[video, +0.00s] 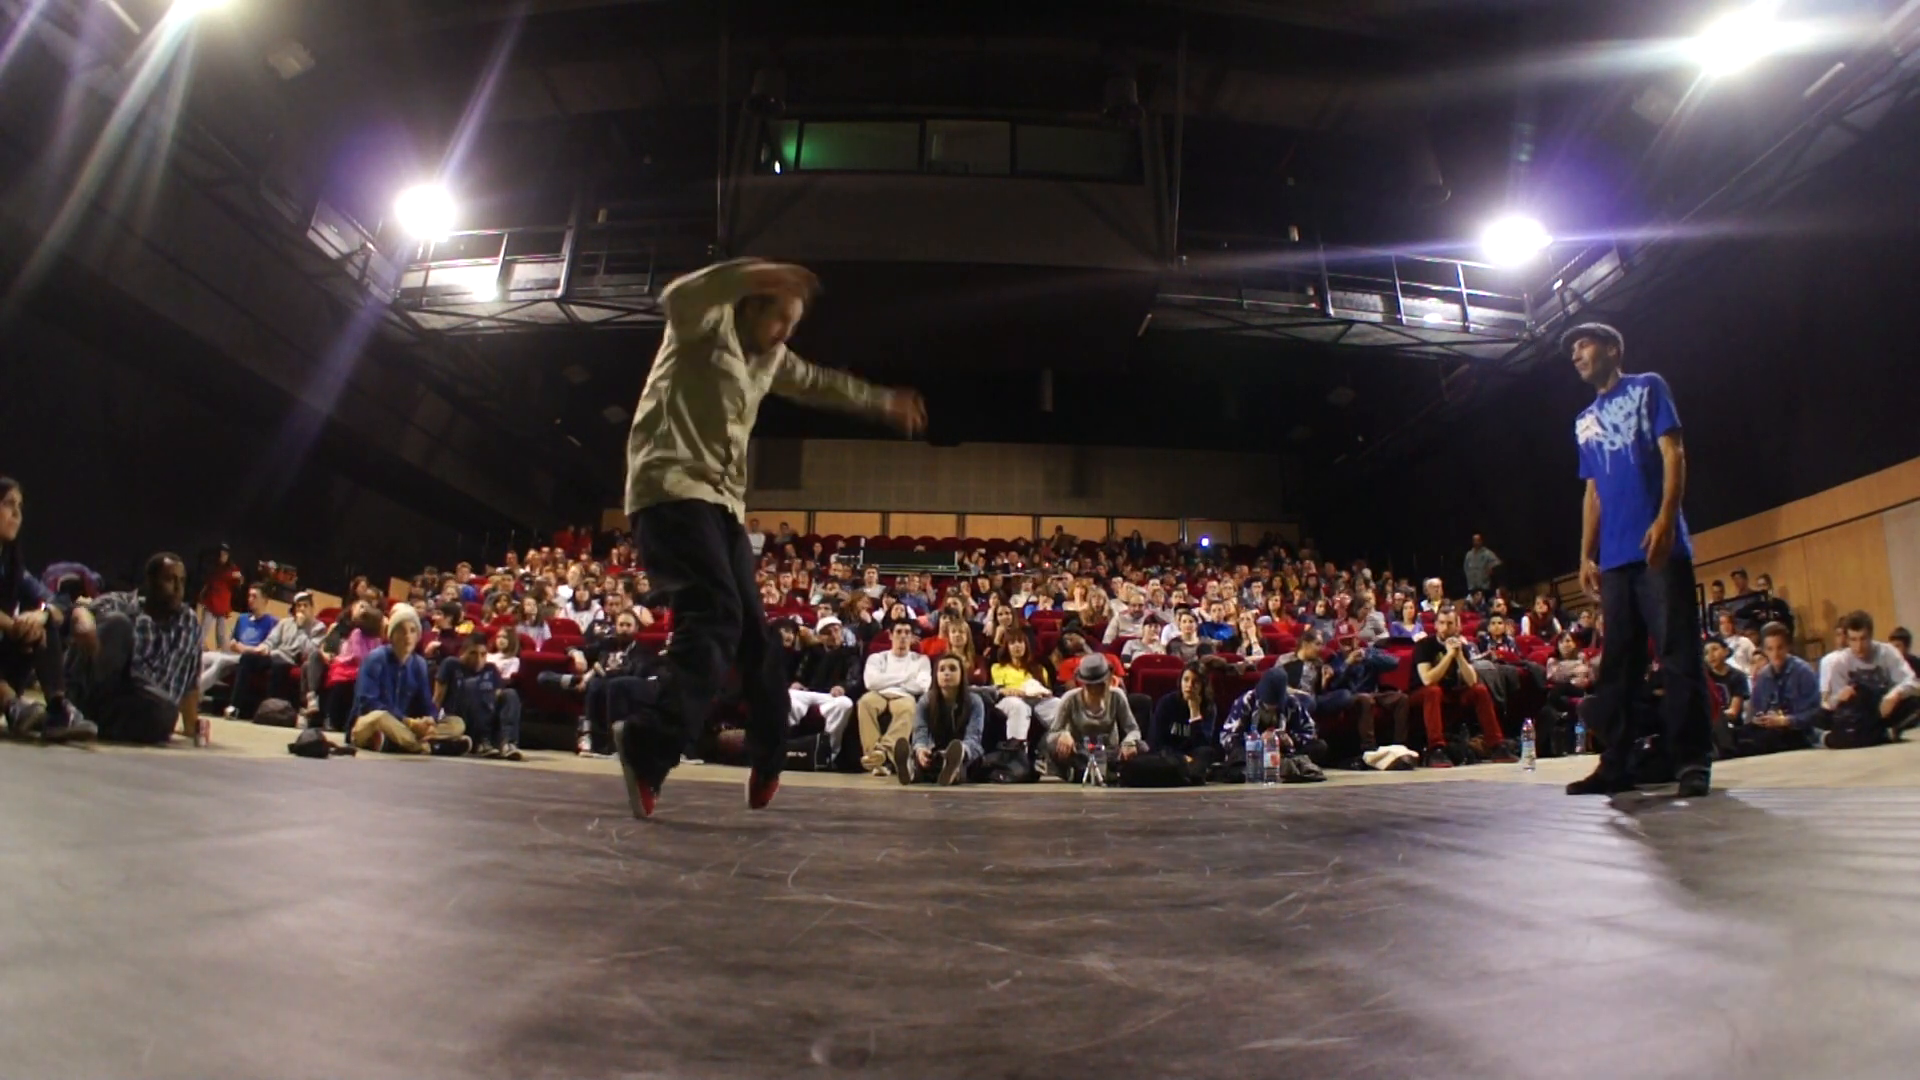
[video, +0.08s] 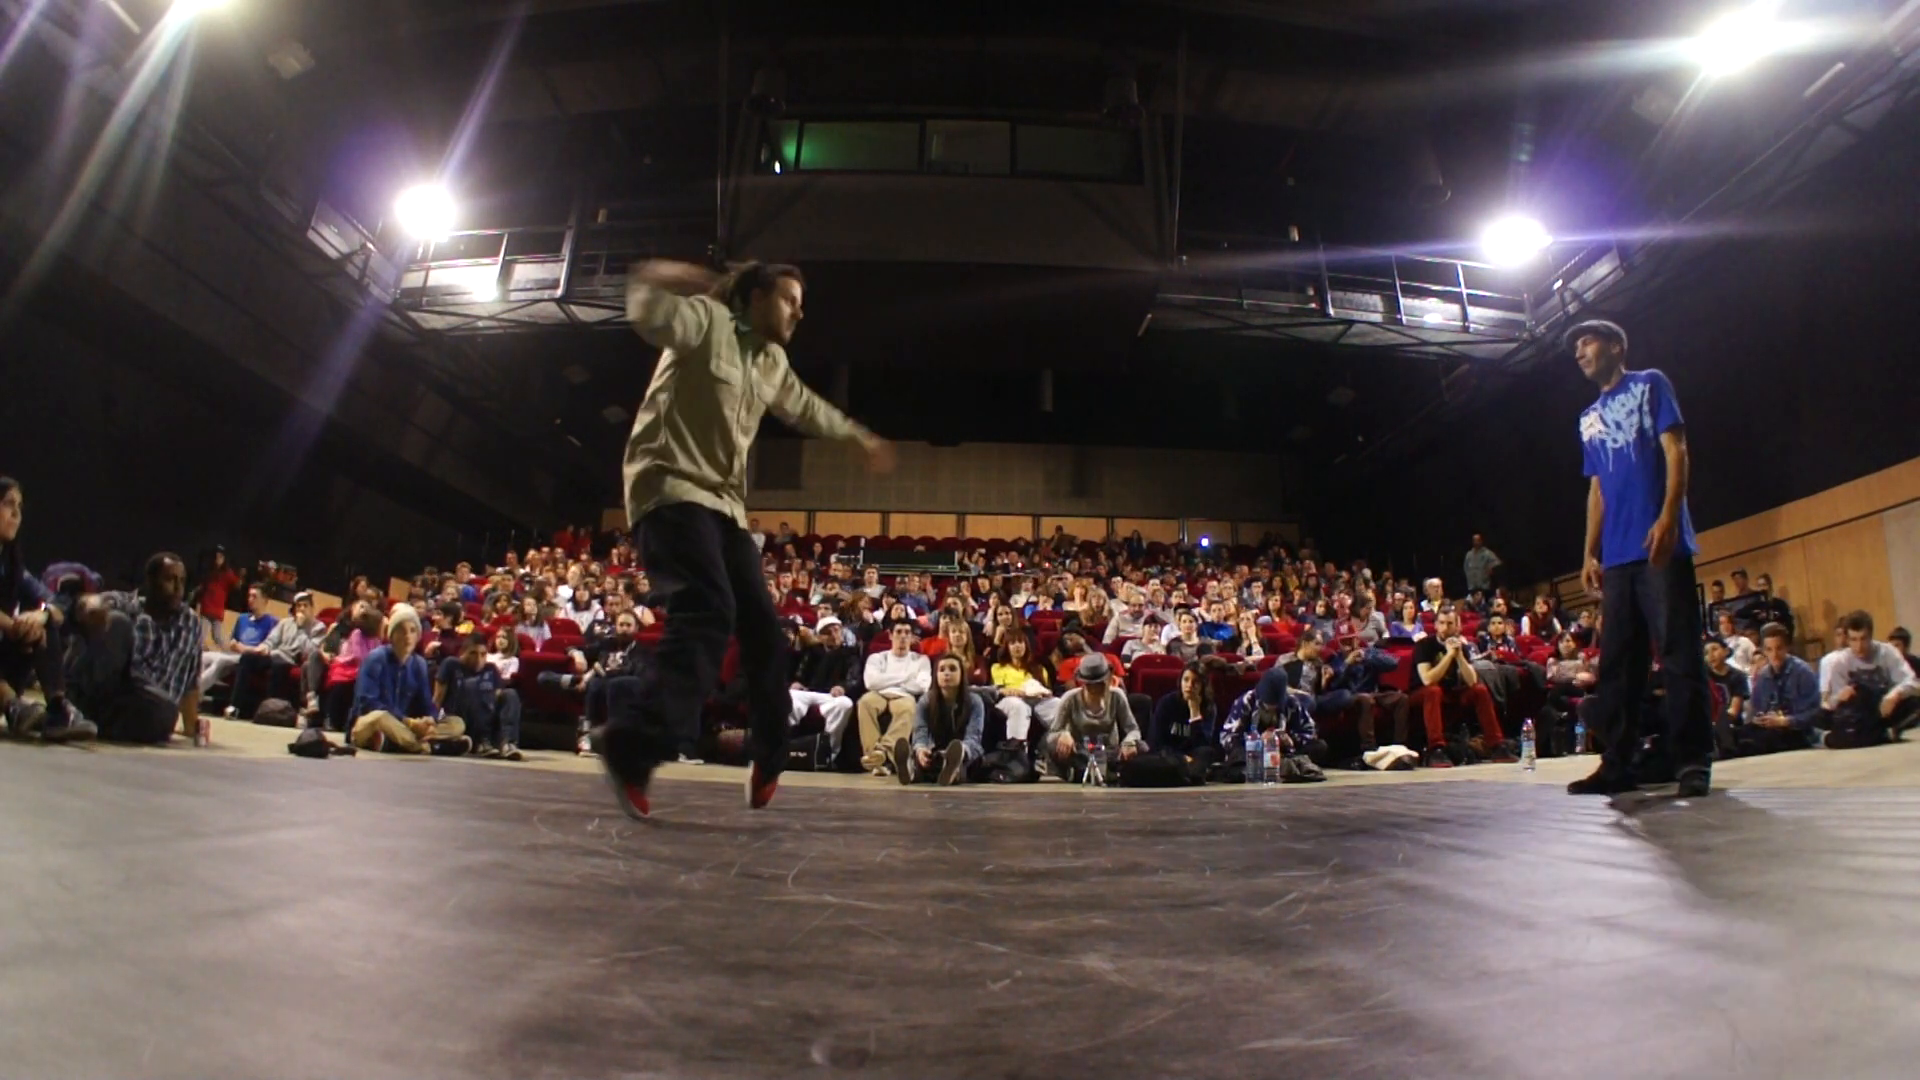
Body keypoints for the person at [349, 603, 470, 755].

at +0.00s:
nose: (408, 637)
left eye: (412, 631)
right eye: (401, 632)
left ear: (418, 635)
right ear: (391, 635)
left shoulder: (419, 664)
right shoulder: (375, 659)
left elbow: (427, 704)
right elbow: (367, 704)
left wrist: (430, 720)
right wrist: (407, 722)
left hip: (411, 725)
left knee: (457, 724)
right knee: (381, 717)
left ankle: (394, 744)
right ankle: (425, 748)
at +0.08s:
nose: (408, 637)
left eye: (412, 631)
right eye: (401, 632)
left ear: (418, 635)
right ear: (391, 635)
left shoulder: (419, 664)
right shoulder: (375, 659)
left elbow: (427, 704)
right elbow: (367, 704)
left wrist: (430, 720)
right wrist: (407, 722)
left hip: (411, 725)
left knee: (457, 724)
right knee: (381, 717)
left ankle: (394, 744)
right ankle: (425, 748)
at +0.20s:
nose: (408, 637)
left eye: (413, 631)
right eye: (401, 632)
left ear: (418, 635)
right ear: (391, 635)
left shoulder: (419, 664)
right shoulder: (375, 660)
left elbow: (426, 703)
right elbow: (367, 704)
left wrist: (430, 720)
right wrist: (407, 722)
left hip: (412, 725)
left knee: (457, 724)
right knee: (381, 717)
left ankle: (395, 744)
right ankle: (425, 748)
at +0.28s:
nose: (408, 637)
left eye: (412, 631)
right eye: (401, 632)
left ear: (418, 635)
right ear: (391, 635)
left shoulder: (419, 664)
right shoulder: (376, 659)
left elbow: (426, 704)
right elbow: (367, 703)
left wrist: (430, 720)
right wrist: (407, 722)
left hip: (412, 725)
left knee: (457, 724)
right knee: (381, 718)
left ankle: (395, 744)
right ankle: (425, 748)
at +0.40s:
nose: (408, 637)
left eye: (412, 631)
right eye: (401, 632)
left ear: (418, 635)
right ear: (391, 635)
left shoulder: (419, 664)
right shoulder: (375, 660)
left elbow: (426, 704)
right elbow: (368, 703)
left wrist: (430, 720)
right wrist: (407, 722)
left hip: (411, 725)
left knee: (457, 723)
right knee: (381, 718)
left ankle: (395, 744)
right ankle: (424, 748)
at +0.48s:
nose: (408, 637)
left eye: (412, 631)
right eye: (401, 631)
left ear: (418, 635)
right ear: (391, 635)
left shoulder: (419, 664)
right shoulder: (375, 659)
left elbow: (426, 704)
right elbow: (367, 704)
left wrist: (430, 720)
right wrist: (407, 722)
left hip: (412, 725)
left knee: (457, 723)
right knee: (381, 718)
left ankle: (395, 743)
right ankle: (424, 748)